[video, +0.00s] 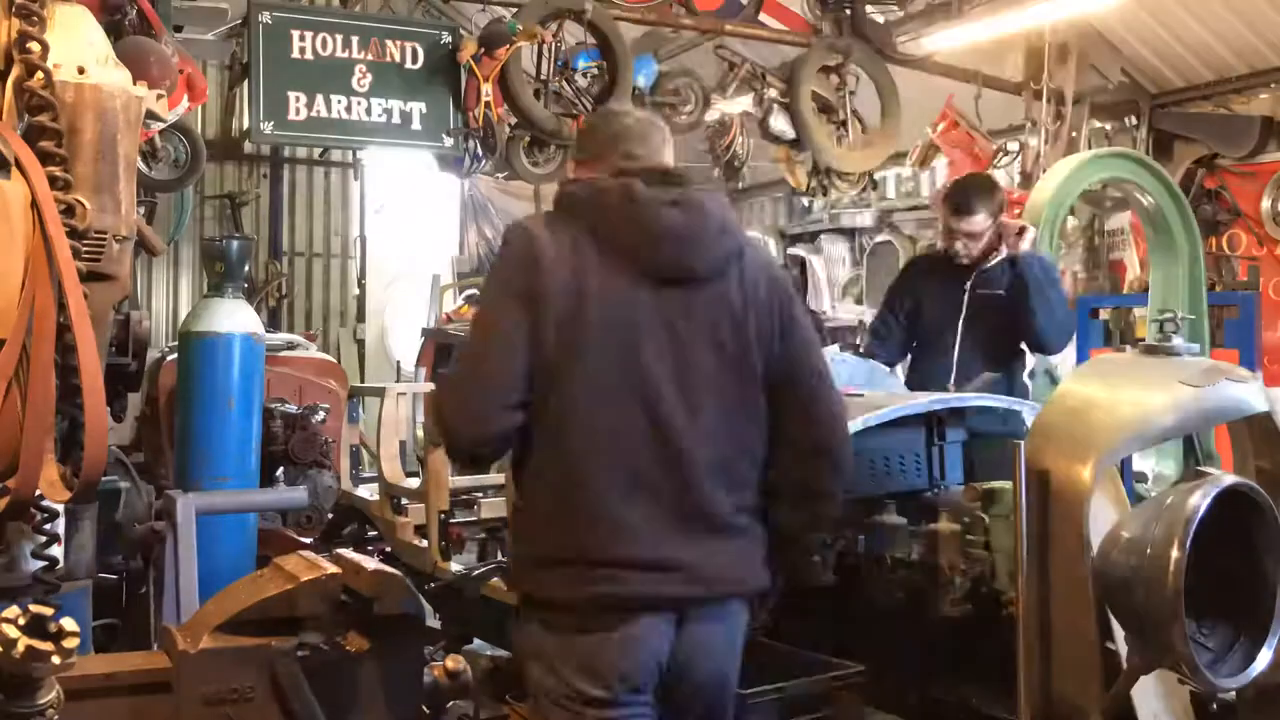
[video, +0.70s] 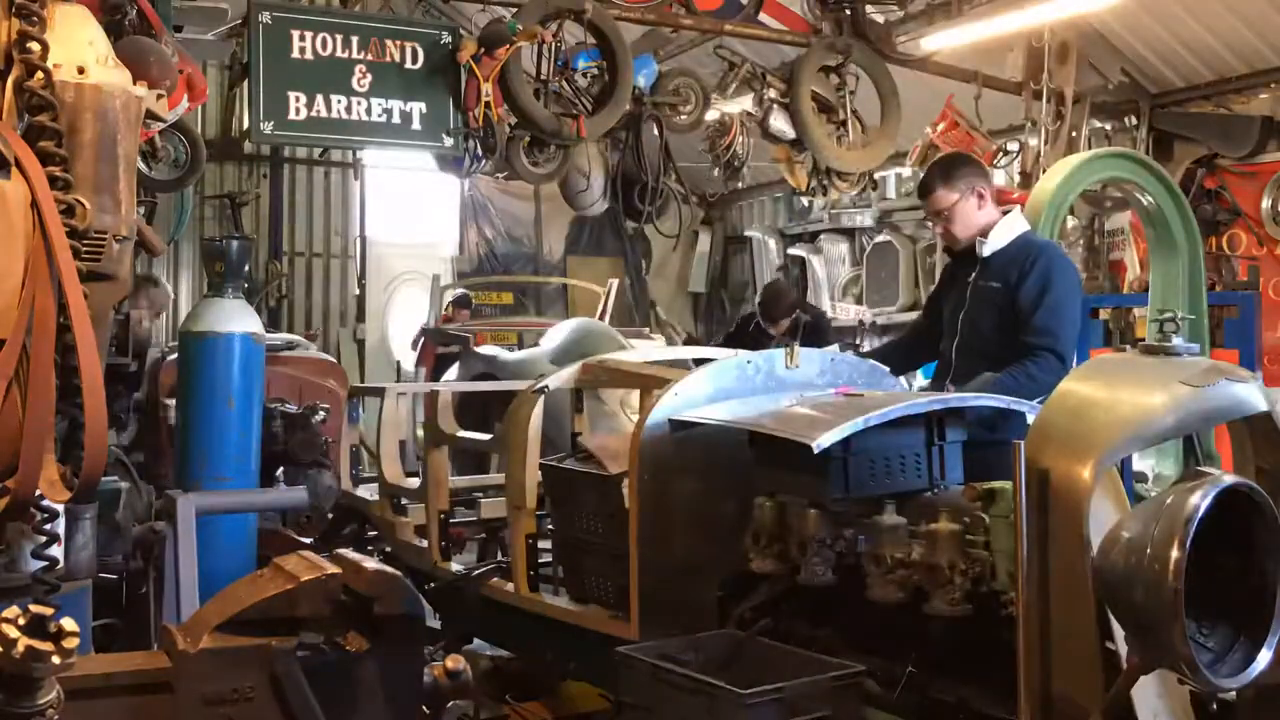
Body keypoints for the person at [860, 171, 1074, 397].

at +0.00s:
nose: (957, 246)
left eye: (972, 238)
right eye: (950, 234)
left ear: (997, 227)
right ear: (942, 221)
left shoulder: (1023, 277)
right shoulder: (921, 272)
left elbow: (1053, 341)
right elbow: (884, 348)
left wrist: (1025, 260)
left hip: (994, 429)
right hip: (924, 428)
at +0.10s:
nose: (945, 230)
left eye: (958, 217)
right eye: (936, 218)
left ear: (989, 203)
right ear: (928, 209)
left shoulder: (1030, 269)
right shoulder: (944, 263)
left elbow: (1030, 372)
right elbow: (914, 345)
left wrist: (951, 384)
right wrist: (850, 368)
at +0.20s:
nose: (887, 247)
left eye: (896, 232)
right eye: (877, 237)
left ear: (930, 208)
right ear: (867, 227)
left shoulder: (989, 269)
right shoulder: (896, 268)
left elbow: (1049, 362)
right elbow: (910, 342)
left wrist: (950, 389)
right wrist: (849, 359)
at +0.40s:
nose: (912, 234)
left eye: (925, 220)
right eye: (903, 223)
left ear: (957, 202)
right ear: (894, 212)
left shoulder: (1003, 268)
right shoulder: (913, 262)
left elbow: (1047, 366)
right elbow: (904, 337)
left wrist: (952, 385)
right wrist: (849, 363)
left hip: (983, 453)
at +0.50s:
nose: (953, 228)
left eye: (964, 214)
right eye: (945, 218)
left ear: (998, 197)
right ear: (937, 211)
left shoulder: (1046, 267)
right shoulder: (960, 263)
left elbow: (1050, 366)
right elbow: (925, 337)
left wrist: (958, 393)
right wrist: (856, 367)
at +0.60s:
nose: (950, 226)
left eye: (959, 211)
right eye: (941, 216)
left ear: (994, 194)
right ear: (934, 212)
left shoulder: (1047, 266)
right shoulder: (960, 264)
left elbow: (1048, 368)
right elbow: (924, 341)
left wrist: (961, 402)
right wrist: (854, 367)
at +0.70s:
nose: (937, 229)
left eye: (943, 215)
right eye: (932, 220)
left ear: (980, 196)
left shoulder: (1045, 263)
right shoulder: (961, 266)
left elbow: (1049, 365)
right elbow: (924, 341)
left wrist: (960, 403)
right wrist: (852, 368)